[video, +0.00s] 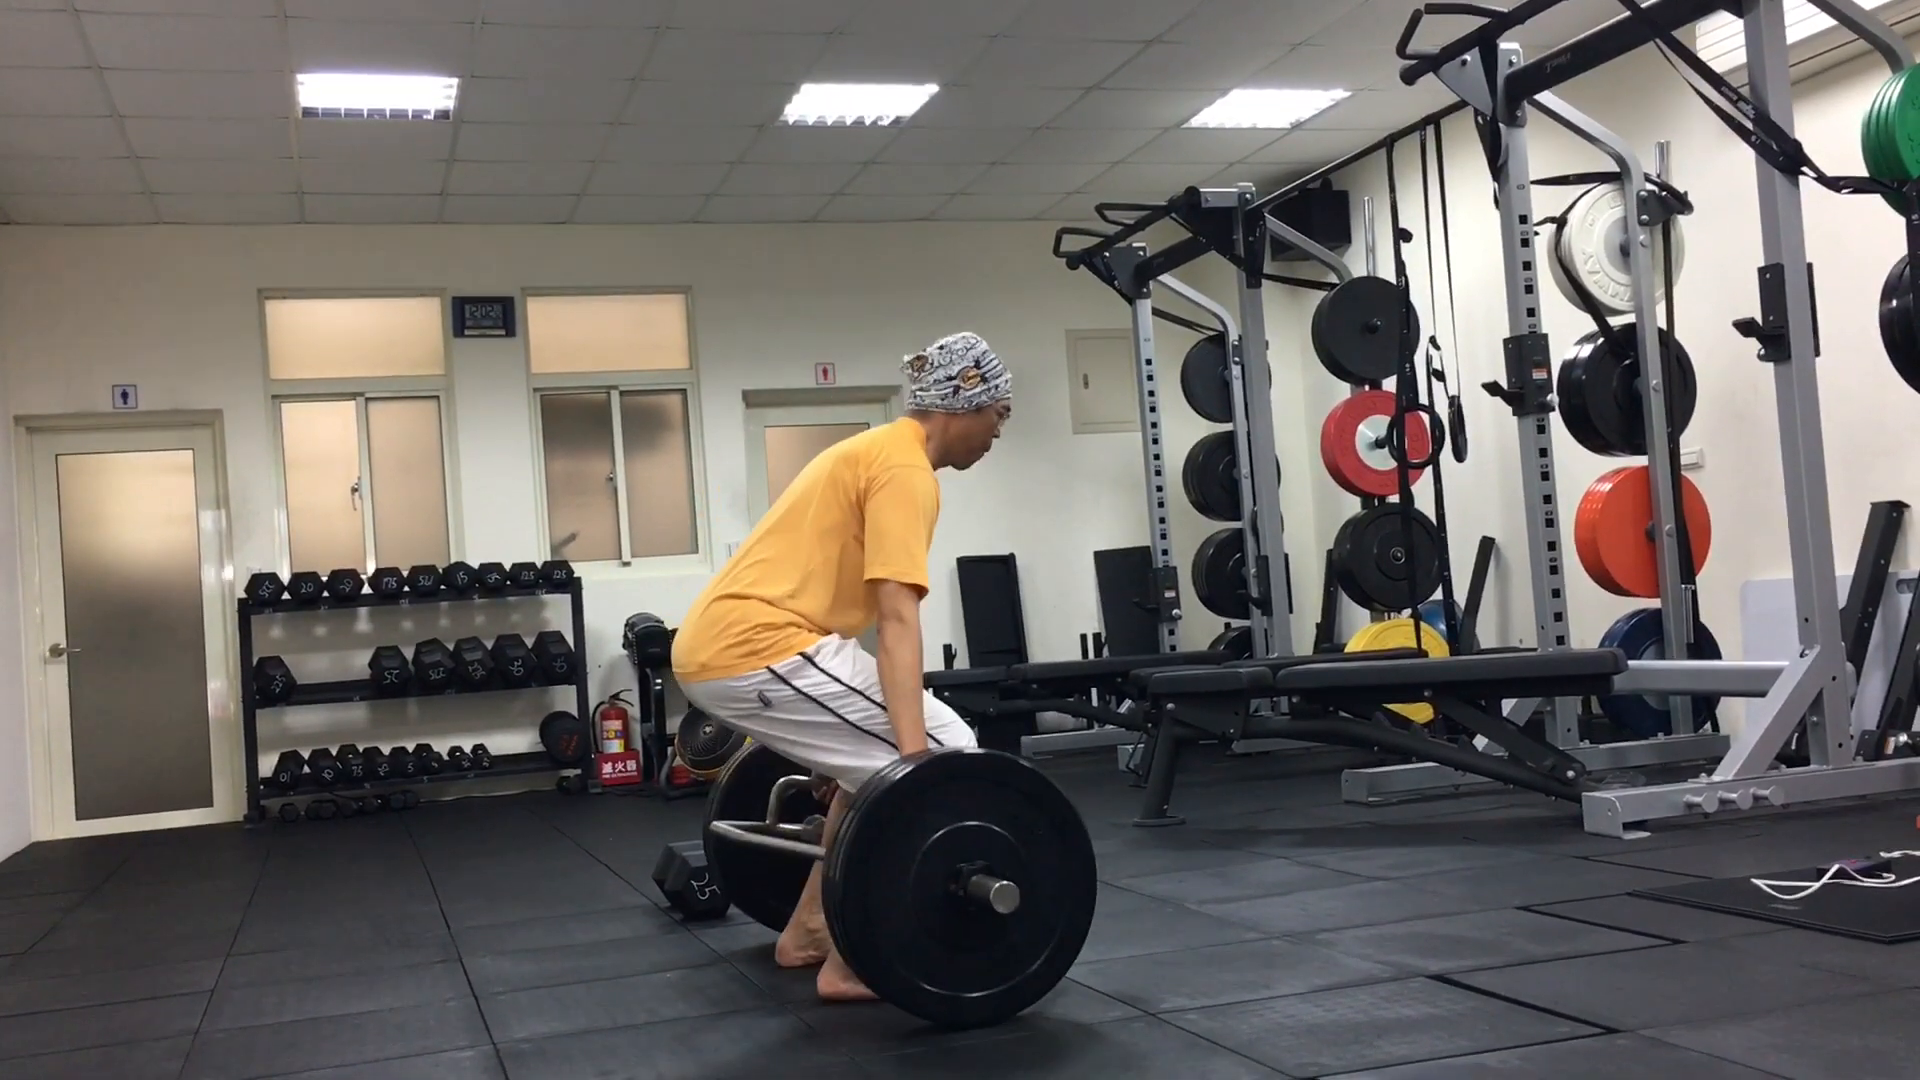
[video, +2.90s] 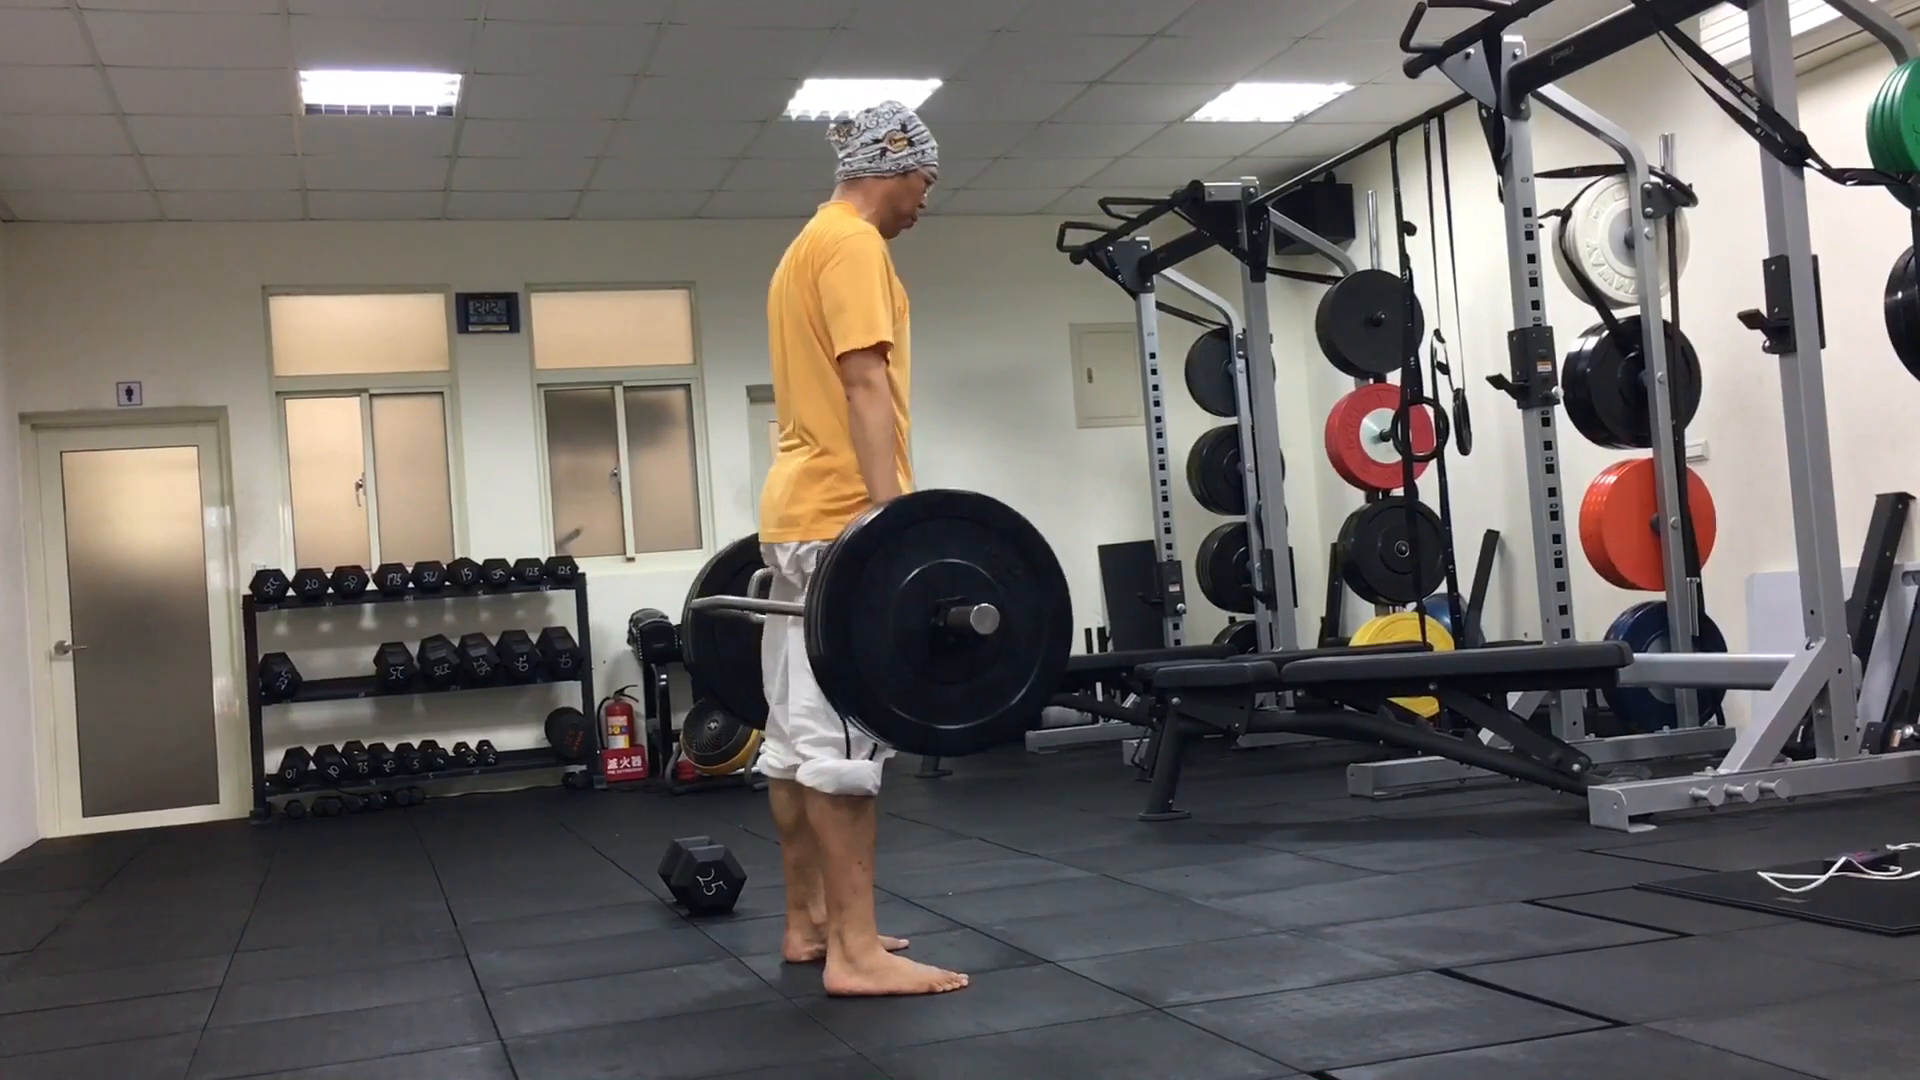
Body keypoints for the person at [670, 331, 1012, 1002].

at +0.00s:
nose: (997, 436)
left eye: (1001, 421)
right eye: (997, 418)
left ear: (936, 404)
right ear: (961, 407)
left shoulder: (873, 452)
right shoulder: (903, 464)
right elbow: (896, 618)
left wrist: (853, 753)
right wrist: (912, 754)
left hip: (718, 645)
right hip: (759, 647)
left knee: (885, 754)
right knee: (947, 749)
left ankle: (808, 931)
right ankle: (856, 961)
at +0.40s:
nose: (981, 325)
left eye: (984, 306)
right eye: (981, 305)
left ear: (921, 291)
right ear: (950, 294)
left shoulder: (858, 349)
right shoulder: (890, 354)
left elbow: (843, 510)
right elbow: (885, 504)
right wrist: (901, 651)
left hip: (728, 563)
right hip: (767, 562)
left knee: (850, 727)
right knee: (896, 725)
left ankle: (809, 925)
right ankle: (856, 956)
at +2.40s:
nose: (984, 307)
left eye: (988, 291)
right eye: (985, 288)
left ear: (930, 269)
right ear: (957, 273)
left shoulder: (864, 326)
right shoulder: (896, 330)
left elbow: (848, 484)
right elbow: (889, 475)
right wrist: (907, 619)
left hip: (748, 550)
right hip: (793, 549)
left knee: (852, 728)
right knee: (898, 724)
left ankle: (816, 921)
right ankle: (863, 953)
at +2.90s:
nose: (927, 201)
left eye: (929, 186)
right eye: (925, 183)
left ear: (860, 171)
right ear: (893, 171)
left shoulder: (807, 248)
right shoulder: (849, 244)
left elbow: (804, 405)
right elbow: (863, 384)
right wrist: (896, 519)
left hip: (794, 521)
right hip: (842, 520)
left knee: (798, 731)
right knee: (843, 734)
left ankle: (809, 923)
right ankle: (857, 951)